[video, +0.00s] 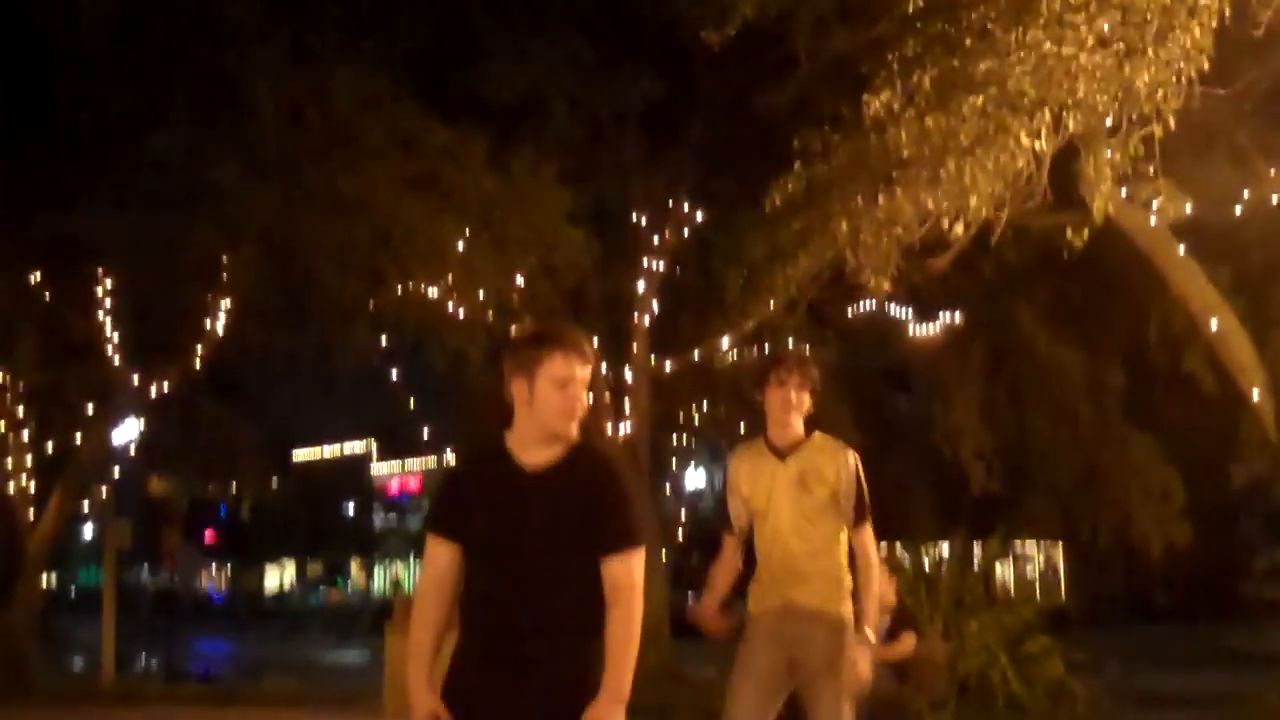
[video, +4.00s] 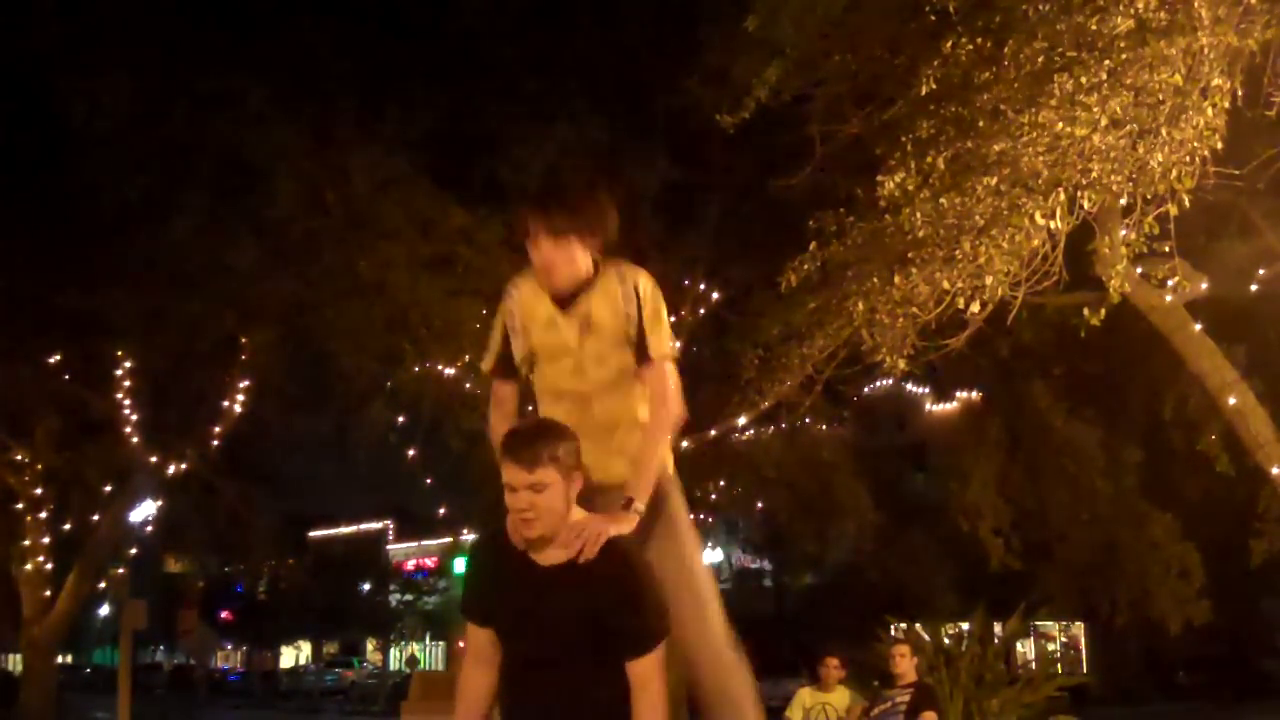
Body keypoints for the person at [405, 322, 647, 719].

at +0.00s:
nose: (580, 401)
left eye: (584, 387)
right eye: (563, 385)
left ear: (591, 393)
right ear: (519, 389)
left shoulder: (603, 481)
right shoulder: (468, 481)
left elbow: (624, 598)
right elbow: (436, 587)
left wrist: (612, 700)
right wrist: (420, 689)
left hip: (571, 698)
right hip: (478, 695)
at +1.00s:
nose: (574, 478)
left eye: (580, 466)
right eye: (558, 462)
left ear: (586, 473)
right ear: (514, 468)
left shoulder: (601, 558)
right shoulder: (467, 563)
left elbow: (618, 675)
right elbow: (447, 680)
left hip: (575, 711)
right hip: (490, 712)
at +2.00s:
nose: (551, 510)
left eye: (565, 495)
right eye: (537, 495)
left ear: (592, 478)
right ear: (522, 483)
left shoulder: (629, 557)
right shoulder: (502, 556)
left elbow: (643, 679)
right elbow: (468, 669)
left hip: (600, 711)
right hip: (518, 711)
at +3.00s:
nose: (597, 486)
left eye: (602, 472)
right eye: (579, 474)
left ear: (610, 472)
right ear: (539, 477)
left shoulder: (625, 552)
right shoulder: (504, 555)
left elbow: (642, 679)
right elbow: (478, 671)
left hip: (603, 710)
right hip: (520, 711)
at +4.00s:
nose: (520, 504)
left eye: (537, 489)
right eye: (510, 490)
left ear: (575, 483)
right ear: (501, 486)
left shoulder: (620, 565)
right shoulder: (492, 555)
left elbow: (648, 690)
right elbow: (479, 662)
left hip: (604, 713)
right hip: (521, 712)